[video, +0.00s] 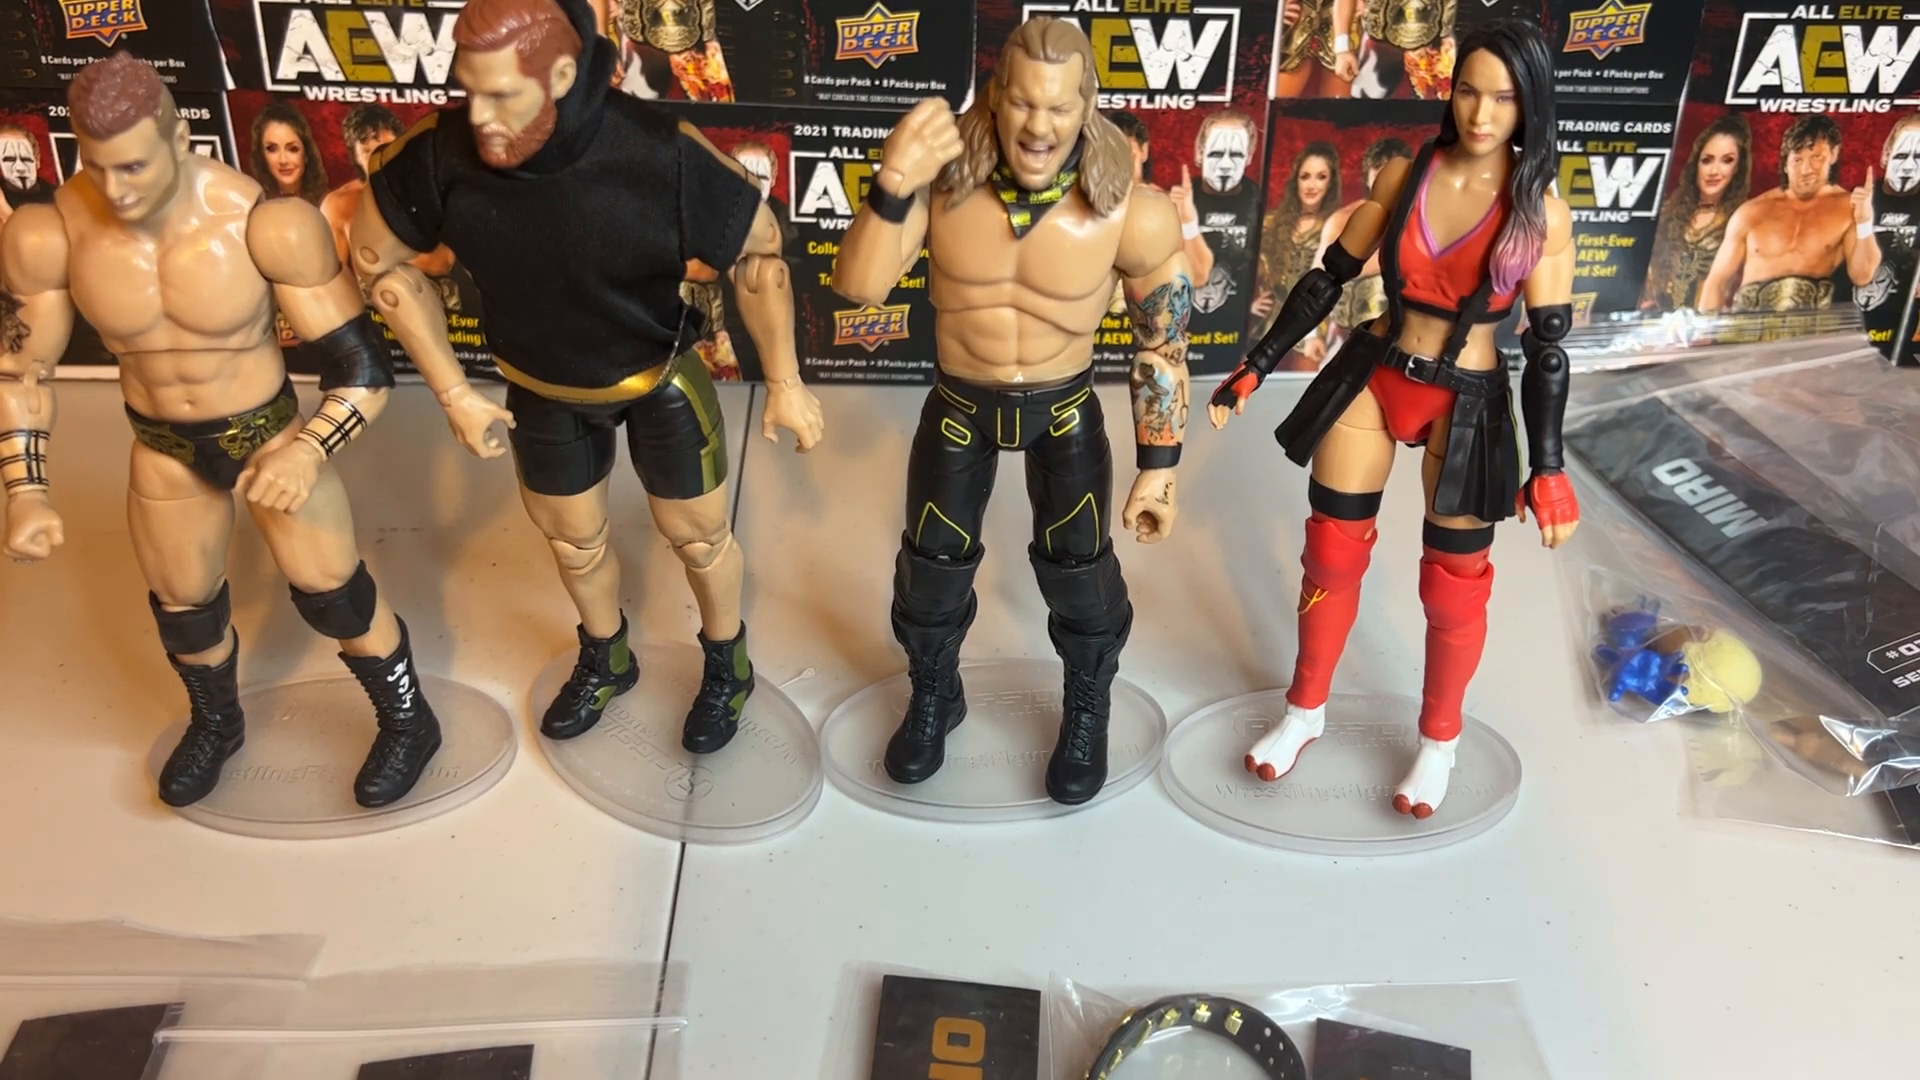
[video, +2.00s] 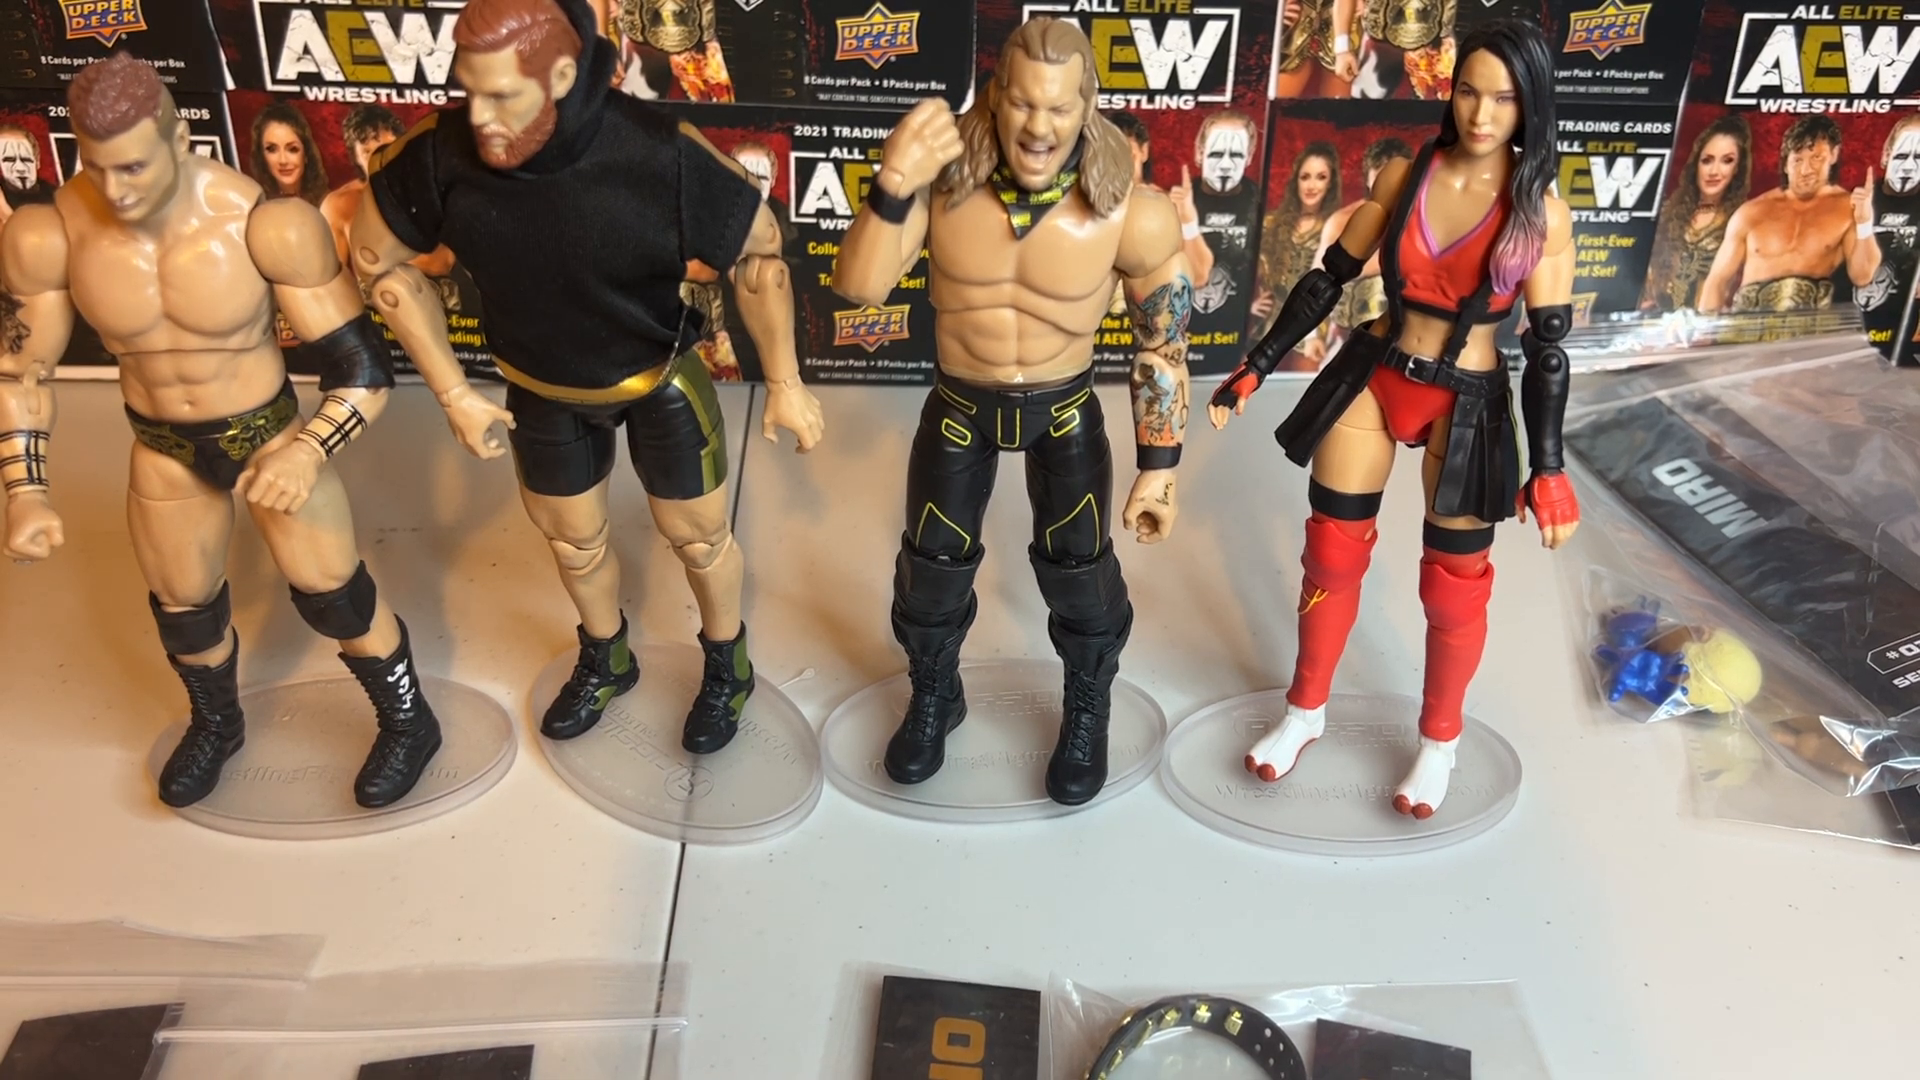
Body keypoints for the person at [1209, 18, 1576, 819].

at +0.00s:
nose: (1479, 113)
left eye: (1500, 98)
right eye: (1469, 93)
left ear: (1528, 108)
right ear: (1450, 93)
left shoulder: (1540, 208)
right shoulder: (1406, 174)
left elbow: (1549, 343)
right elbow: (1332, 273)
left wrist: (1548, 464)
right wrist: (1256, 363)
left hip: (1466, 404)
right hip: (1371, 382)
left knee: (1453, 589)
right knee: (1331, 558)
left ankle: (1437, 742)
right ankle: (1304, 710)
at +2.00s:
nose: (1479, 113)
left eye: (1501, 99)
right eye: (1469, 93)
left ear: (1528, 108)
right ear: (1450, 93)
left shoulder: (1540, 209)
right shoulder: (1406, 174)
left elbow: (1549, 344)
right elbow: (1333, 273)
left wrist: (1549, 464)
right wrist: (1256, 363)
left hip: (1466, 405)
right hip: (1371, 383)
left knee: (1454, 590)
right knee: (1331, 559)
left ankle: (1438, 742)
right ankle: (1304, 710)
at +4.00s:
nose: (1480, 113)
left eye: (1501, 99)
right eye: (1469, 94)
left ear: (1528, 108)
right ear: (1451, 94)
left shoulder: (1540, 209)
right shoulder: (1406, 175)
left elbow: (1548, 345)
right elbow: (1332, 274)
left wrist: (1549, 466)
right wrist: (1256, 364)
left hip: (1467, 404)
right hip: (1372, 382)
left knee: (1454, 591)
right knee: (1331, 559)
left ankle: (1438, 741)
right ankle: (1304, 710)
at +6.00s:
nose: (1480, 113)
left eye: (1501, 99)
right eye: (1469, 94)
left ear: (1529, 108)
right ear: (1451, 94)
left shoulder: (1540, 208)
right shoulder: (1406, 174)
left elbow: (1549, 345)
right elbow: (1333, 274)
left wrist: (1549, 466)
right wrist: (1256, 364)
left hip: (1467, 404)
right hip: (1372, 382)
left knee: (1454, 591)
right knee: (1331, 560)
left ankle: (1438, 742)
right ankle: (1304, 710)